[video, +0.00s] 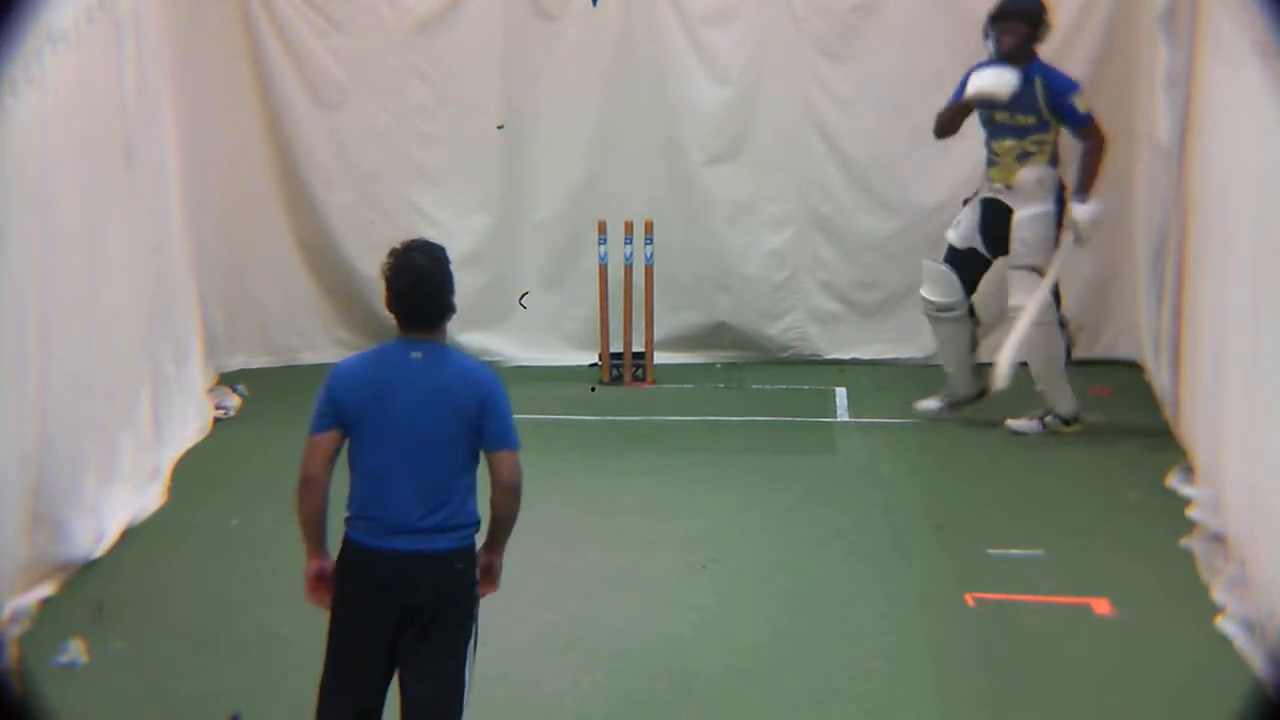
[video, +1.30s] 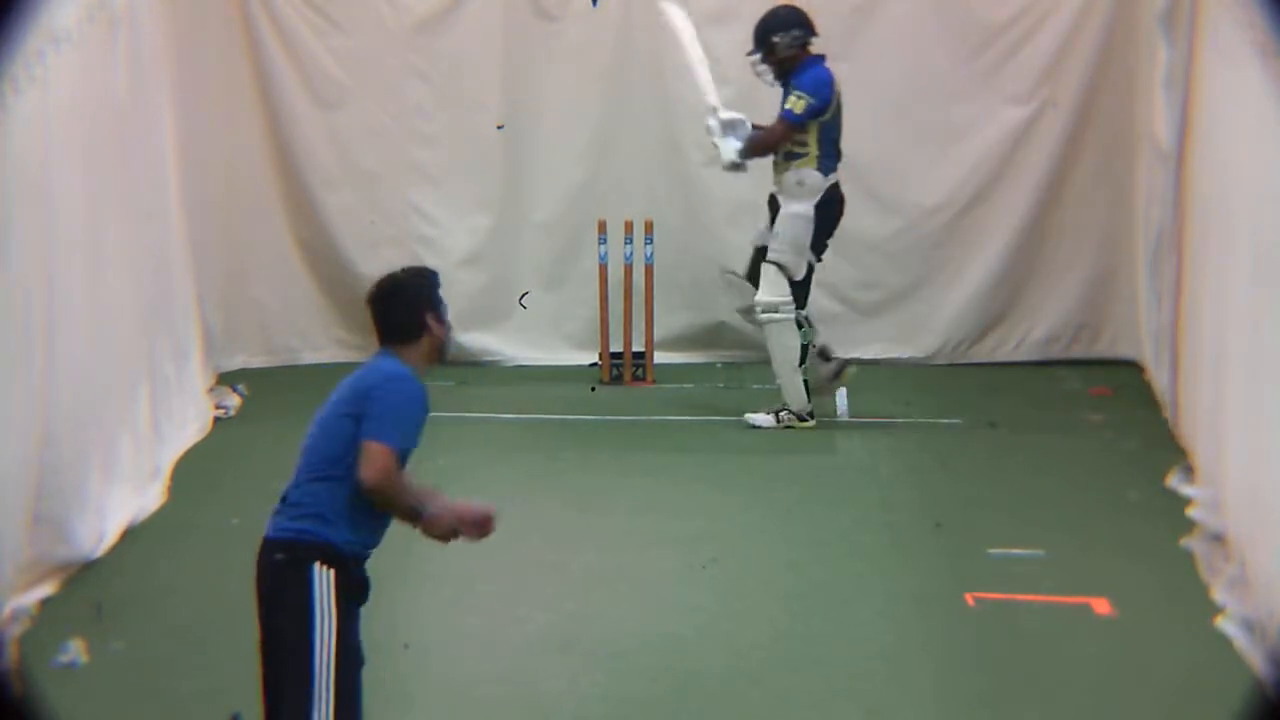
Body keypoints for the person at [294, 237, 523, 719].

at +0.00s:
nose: (386, 293)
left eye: (386, 287)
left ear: (389, 302)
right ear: (451, 301)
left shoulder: (350, 376)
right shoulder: (478, 380)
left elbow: (312, 475)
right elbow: (508, 479)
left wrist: (316, 555)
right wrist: (494, 550)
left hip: (367, 575)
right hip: (445, 577)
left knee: (347, 705)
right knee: (435, 707)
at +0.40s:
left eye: (356, 292)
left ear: (357, 306)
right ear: (415, 305)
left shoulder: (316, 380)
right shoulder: (444, 375)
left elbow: (284, 476)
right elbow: (482, 467)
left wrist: (341, 502)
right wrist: (444, 512)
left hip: (325, 570)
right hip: (405, 572)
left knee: (317, 707)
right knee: (417, 708)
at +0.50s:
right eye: (406, 298)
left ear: (346, 311)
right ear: (407, 310)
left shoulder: (308, 381)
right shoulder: (431, 373)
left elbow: (278, 477)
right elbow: (476, 461)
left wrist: (338, 473)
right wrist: (435, 478)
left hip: (310, 565)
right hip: (383, 565)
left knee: (307, 703)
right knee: (391, 704)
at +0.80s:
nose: (410, 334)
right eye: (409, 326)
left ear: (345, 337)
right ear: (406, 336)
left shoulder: (303, 393)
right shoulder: (425, 392)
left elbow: (296, 465)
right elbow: (440, 490)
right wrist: (420, 498)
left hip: (274, 549)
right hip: (343, 551)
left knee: (281, 689)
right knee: (350, 694)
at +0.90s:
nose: (416, 333)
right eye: (415, 324)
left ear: (350, 338)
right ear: (409, 334)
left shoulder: (308, 393)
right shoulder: (427, 394)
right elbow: (430, 499)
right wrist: (392, 540)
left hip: (273, 547)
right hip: (341, 551)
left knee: (280, 693)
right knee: (330, 699)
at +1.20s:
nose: (441, 328)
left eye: (437, 317)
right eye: (438, 318)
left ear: (377, 330)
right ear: (430, 326)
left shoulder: (356, 379)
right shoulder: (415, 382)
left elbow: (345, 470)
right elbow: (406, 475)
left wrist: (397, 530)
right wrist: (416, 530)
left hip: (280, 547)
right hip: (321, 554)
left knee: (290, 700)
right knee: (319, 704)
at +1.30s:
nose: (448, 322)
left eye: (444, 311)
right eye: (444, 312)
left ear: (387, 324)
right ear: (431, 321)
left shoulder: (382, 377)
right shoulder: (395, 383)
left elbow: (386, 479)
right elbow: (376, 474)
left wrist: (447, 510)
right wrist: (423, 515)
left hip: (311, 560)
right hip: (312, 562)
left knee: (327, 704)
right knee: (320, 708)